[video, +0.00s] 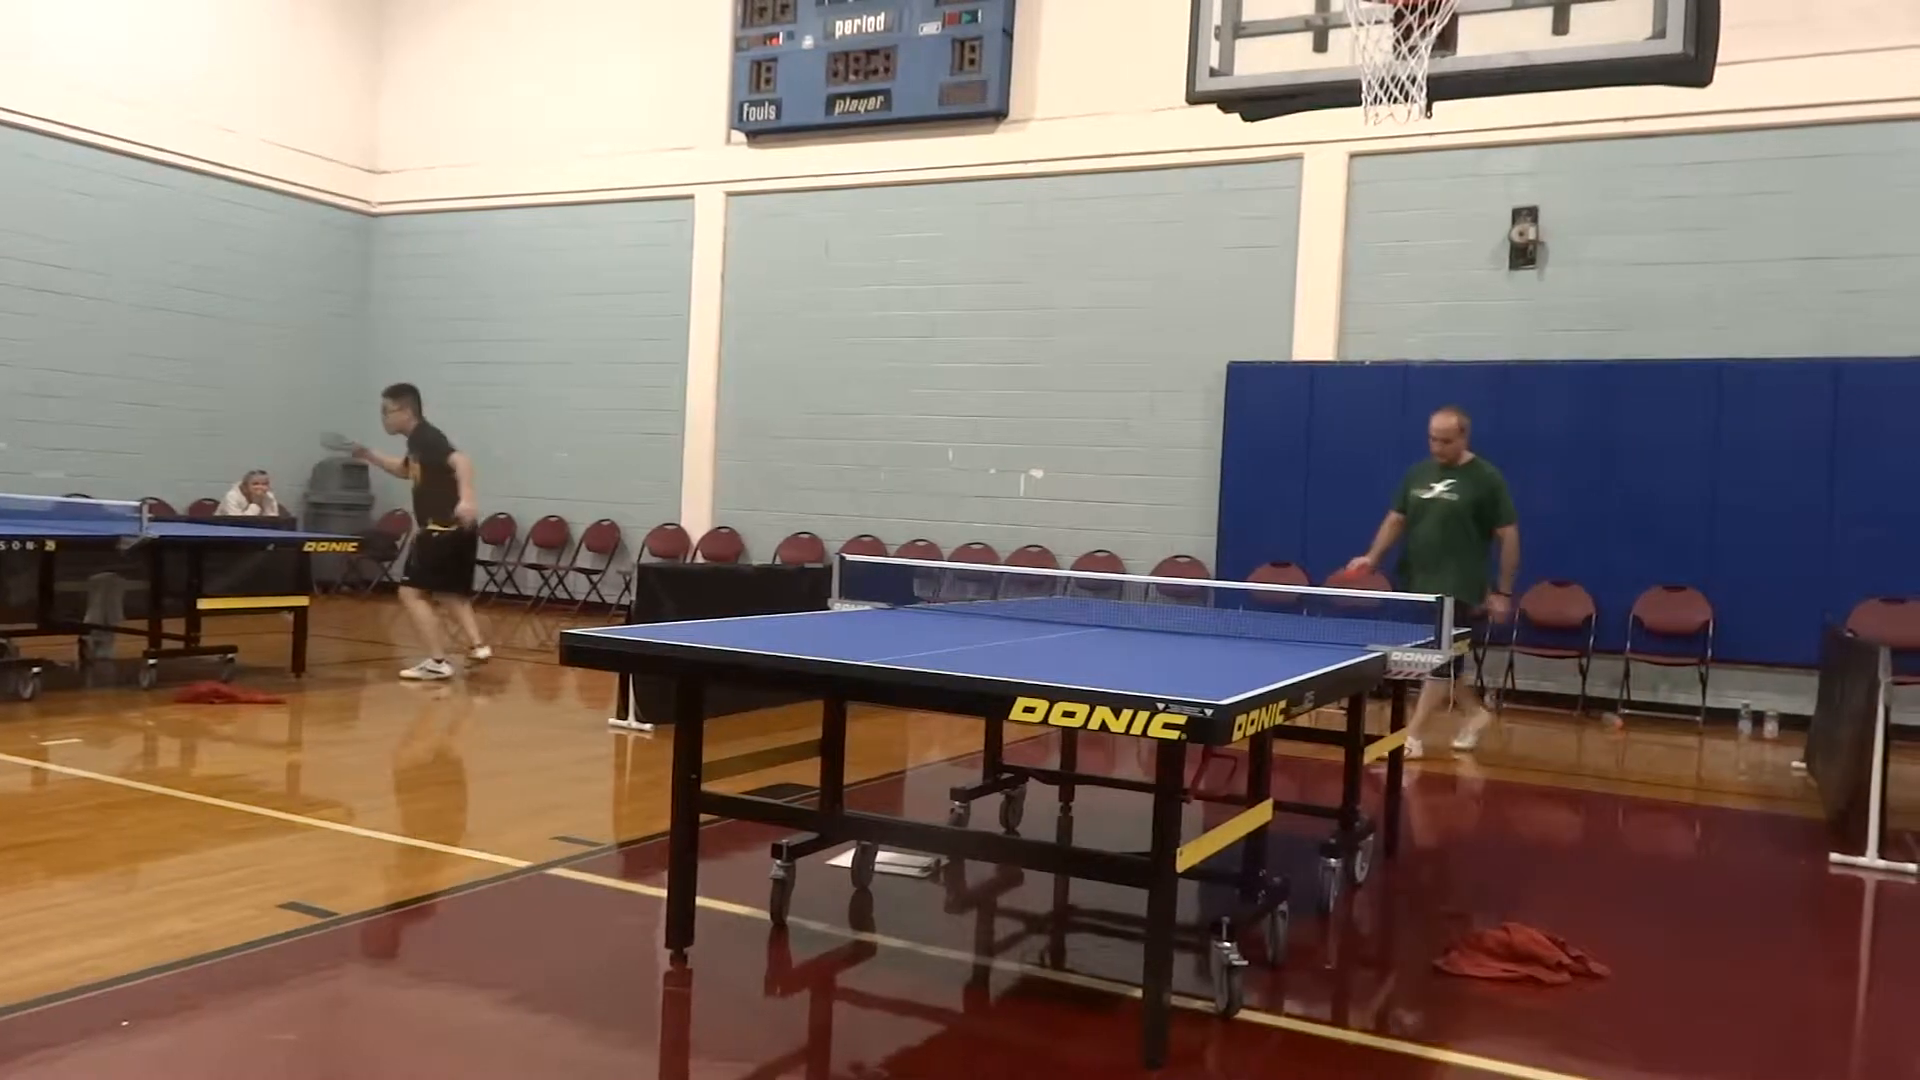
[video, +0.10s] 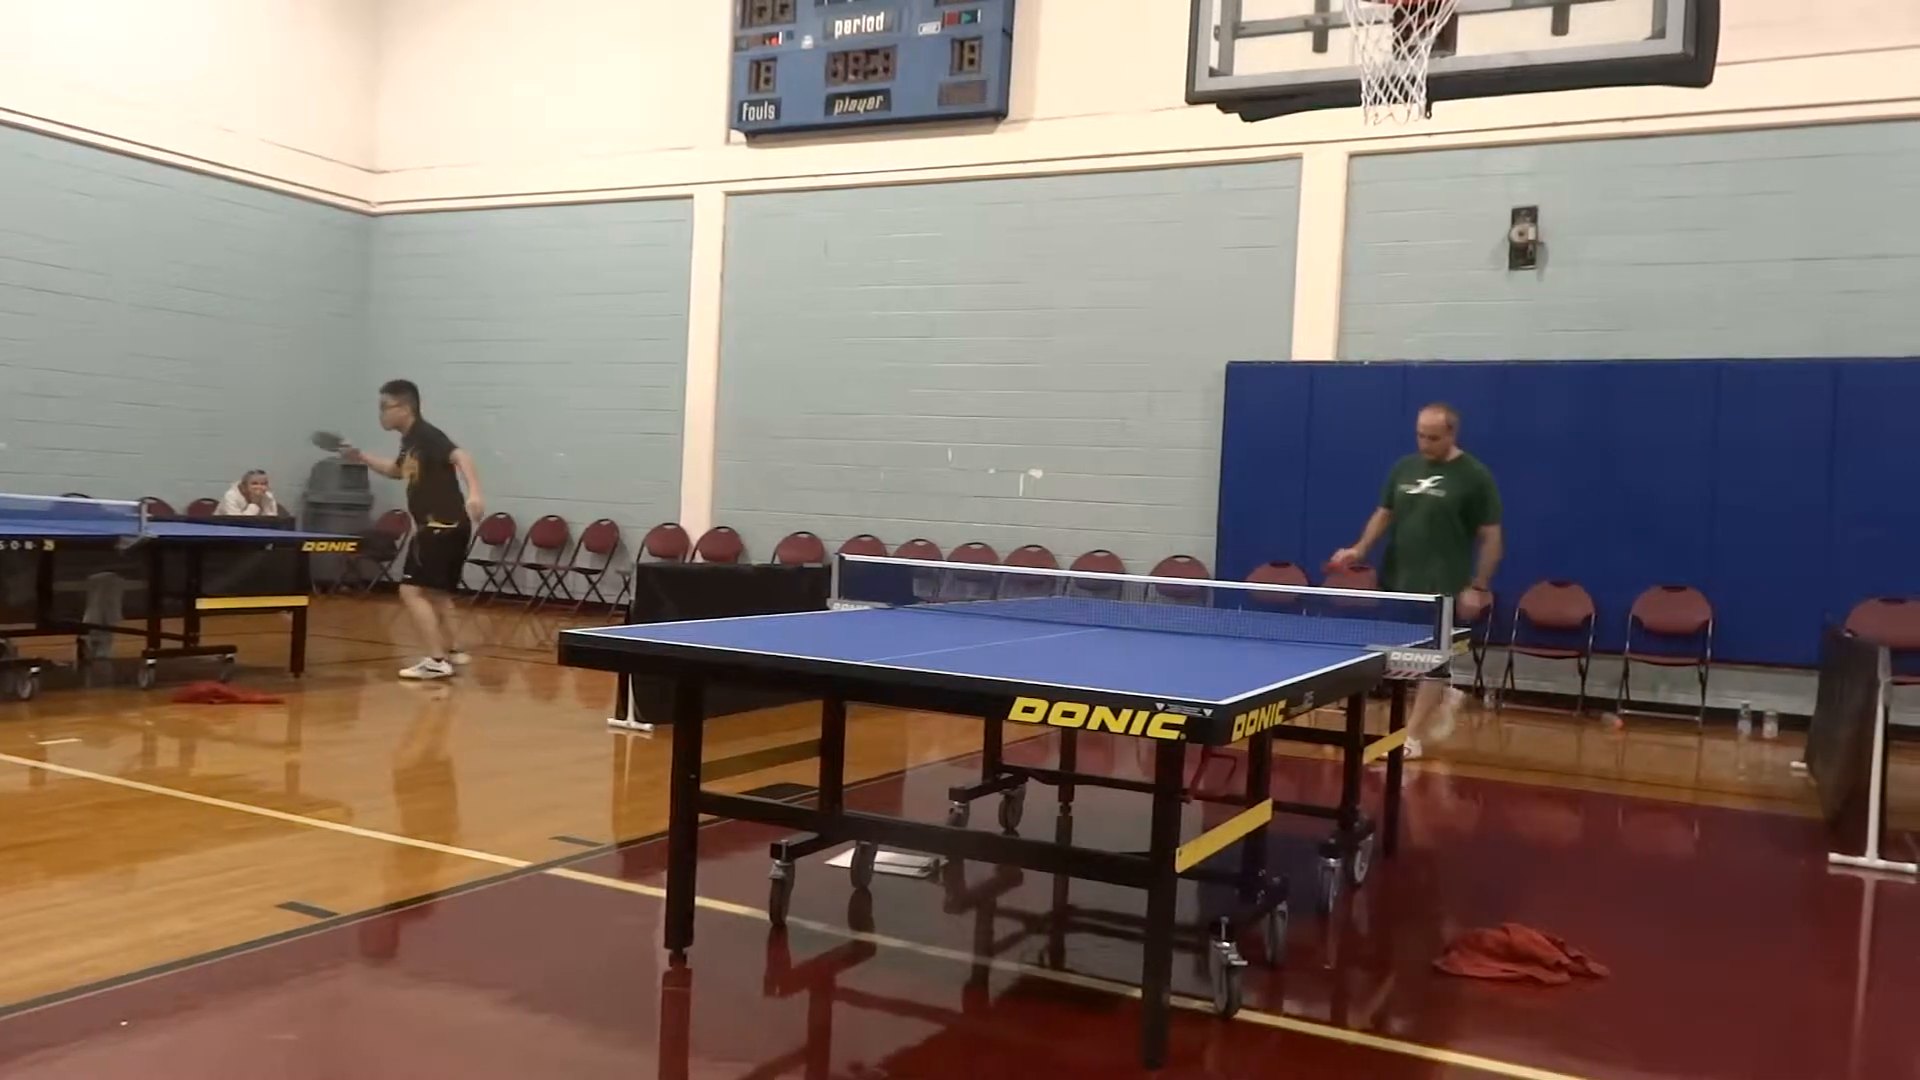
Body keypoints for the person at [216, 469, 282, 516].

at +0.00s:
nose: (260, 488)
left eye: (264, 484)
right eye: (255, 484)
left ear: (268, 486)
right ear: (246, 485)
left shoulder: (269, 497)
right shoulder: (232, 497)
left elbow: (273, 521)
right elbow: (238, 523)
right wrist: (256, 504)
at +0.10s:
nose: (259, 488)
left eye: (263, 484)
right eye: (254, 484)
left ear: (267, 486)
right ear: (245, 485)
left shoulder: (268, 497)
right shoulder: (231, 496)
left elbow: (272, 520)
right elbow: (237, 522)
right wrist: (255, 504)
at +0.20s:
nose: (258, 487)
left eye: (262, 484)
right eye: (254, 484)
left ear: (267, 486)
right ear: (245, 485)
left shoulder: (268, 497)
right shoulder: (231, 496)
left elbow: (271, 520)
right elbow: (236, 523)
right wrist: (254, 504)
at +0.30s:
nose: (258, 487)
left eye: (262, 484)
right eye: (253, 483)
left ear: (267, 486)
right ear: (244, 486)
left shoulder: (267, 497)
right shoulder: (231, 496)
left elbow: (271, 522)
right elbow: (235, 523)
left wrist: (264, 504)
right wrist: (254, 505)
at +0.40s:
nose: (257, 487)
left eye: (262, 483)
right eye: (253, 483)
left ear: (266, 486)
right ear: (244, 485)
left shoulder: (267, 497)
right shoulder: (230, 496)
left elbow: (270, 521)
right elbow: (234, 522)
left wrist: (264, 504)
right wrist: (253, 504)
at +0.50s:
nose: (257, 487)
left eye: (262, 483)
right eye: (253, 483)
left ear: (266, 486)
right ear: (244, 485)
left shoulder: (267, 497)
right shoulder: (230, 496)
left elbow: (270, 522)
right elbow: (234, 522)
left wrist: (263, 504)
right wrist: (253, 504)